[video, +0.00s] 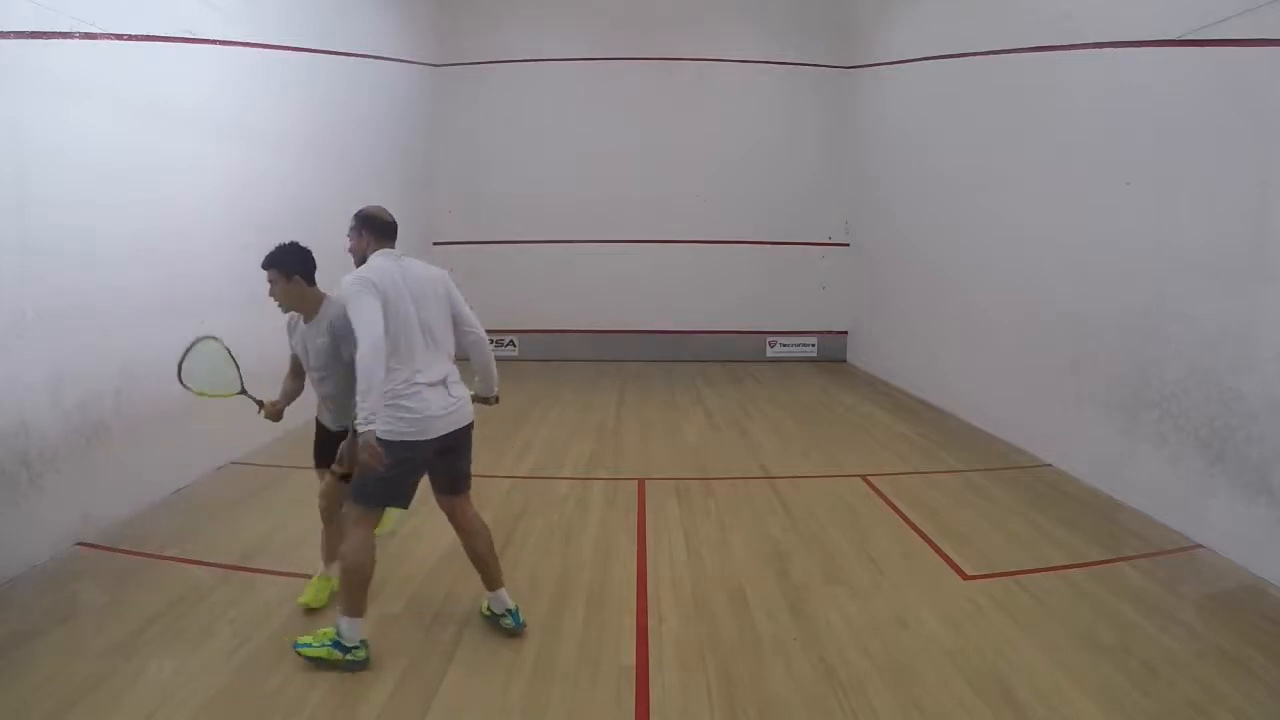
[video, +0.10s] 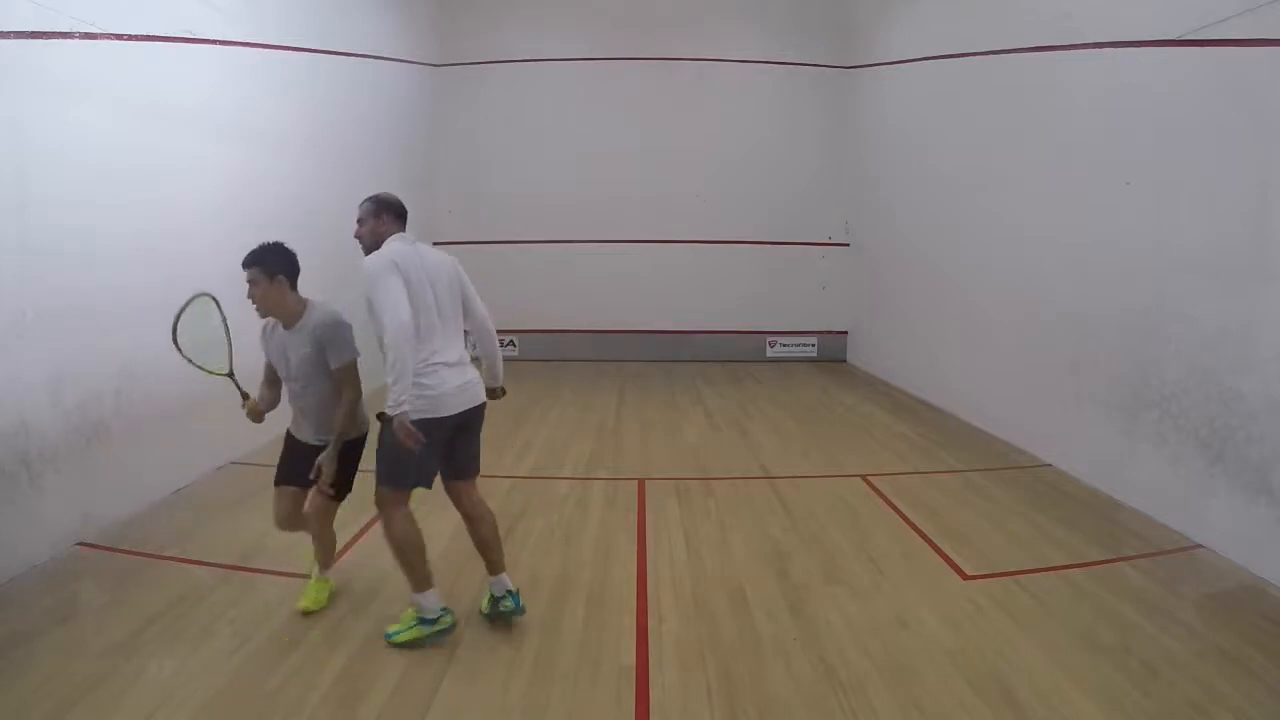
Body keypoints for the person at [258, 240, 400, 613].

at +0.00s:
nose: (270, 293)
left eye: (273, 283)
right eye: (269, 284)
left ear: (297, 280)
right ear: (295, 281)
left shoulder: (341, 316)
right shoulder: (295, 324)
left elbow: (368, 378)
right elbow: (296, 374)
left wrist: (355, 438)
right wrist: (280, 401)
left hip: (358, 425)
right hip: (327, 423)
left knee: (329, 502)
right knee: (334, 494)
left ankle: (329, 571)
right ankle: (388, 502)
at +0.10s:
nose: (248, 295)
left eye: (253, 284)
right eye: (247, 285)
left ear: (280, 283)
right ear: (276, 285)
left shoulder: (328, 323)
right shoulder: (270, 331)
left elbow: (352, 393)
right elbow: (272, 381)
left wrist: (333, 450)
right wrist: (261, 405)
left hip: (343, 435)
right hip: (302, 432)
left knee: (317, 513)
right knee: (286, 518)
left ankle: (322, 577)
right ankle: (326, 527)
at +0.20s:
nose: (222, 293)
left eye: (227, 282)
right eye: (220, 284)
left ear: (257, 281)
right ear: (249, 285)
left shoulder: (309, 324)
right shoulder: (243, 336)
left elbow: (337, 391)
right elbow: (242, 390)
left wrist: (304, 446)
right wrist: (234, 410)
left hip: (327, 443)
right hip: (280, 439)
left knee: (312, 534)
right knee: (250, 530)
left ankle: (322, 578)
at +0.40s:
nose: (159, 310)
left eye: (164, 296)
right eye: (157, 299)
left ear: (198, 291)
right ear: (188, 296)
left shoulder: (258, 330)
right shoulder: (182, 358)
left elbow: (296, 389)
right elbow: (172, 446)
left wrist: (236, 420)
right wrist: (166, 422)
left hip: (289, 488)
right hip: (233, 487)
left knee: (282, 609)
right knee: (207, 593)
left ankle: (319, 597)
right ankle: (234, 697)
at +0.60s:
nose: (96, 364)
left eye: (100, 349)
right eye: (95, 351)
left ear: (134, 344)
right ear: (135, 346)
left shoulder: (209, 362)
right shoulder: (138, 410)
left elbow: (211, 446)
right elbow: (135, 491)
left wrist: (111, 469)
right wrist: (141, 406)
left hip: (291, 517)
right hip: (236, 519)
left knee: (251, 654)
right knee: (160, 620)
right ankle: (187, 714)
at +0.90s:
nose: (146, 412)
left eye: (144, 405)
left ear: (148, 408)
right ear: (201, 389)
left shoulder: (162, 466)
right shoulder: (252, 420)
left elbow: (198, 572)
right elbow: (299, 499)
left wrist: (241, 673)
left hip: (300, 602)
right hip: (361, 575)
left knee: (188, 705)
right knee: (250, 604)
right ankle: (263, 699)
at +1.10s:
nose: (270, 328)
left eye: (271, 322)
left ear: (273, 329)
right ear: (322, 322)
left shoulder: (264, 382)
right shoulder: (364, 370)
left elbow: (240, 474)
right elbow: (438, 428)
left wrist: (237, 568)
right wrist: (467, 492)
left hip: (340, 550)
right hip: (411, 533)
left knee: (284, 684)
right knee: (397, 604)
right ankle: (463, 699)